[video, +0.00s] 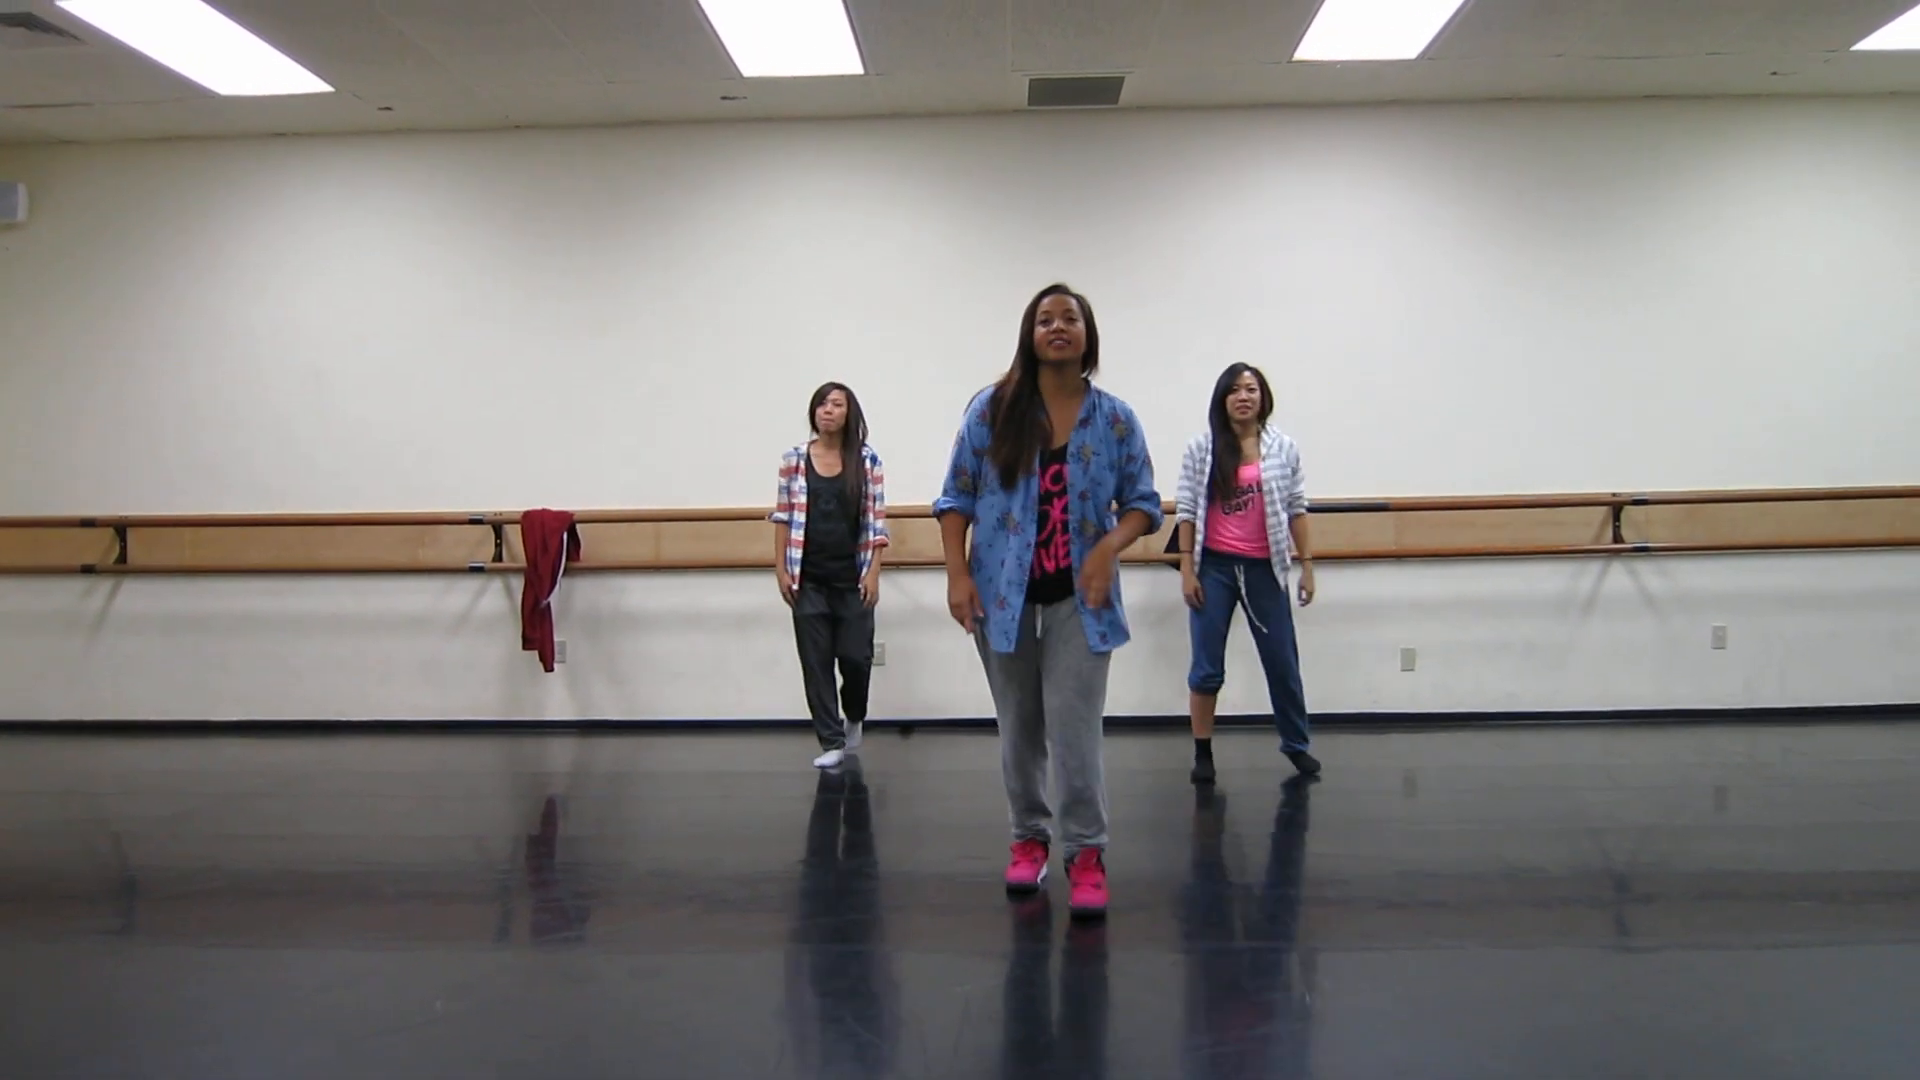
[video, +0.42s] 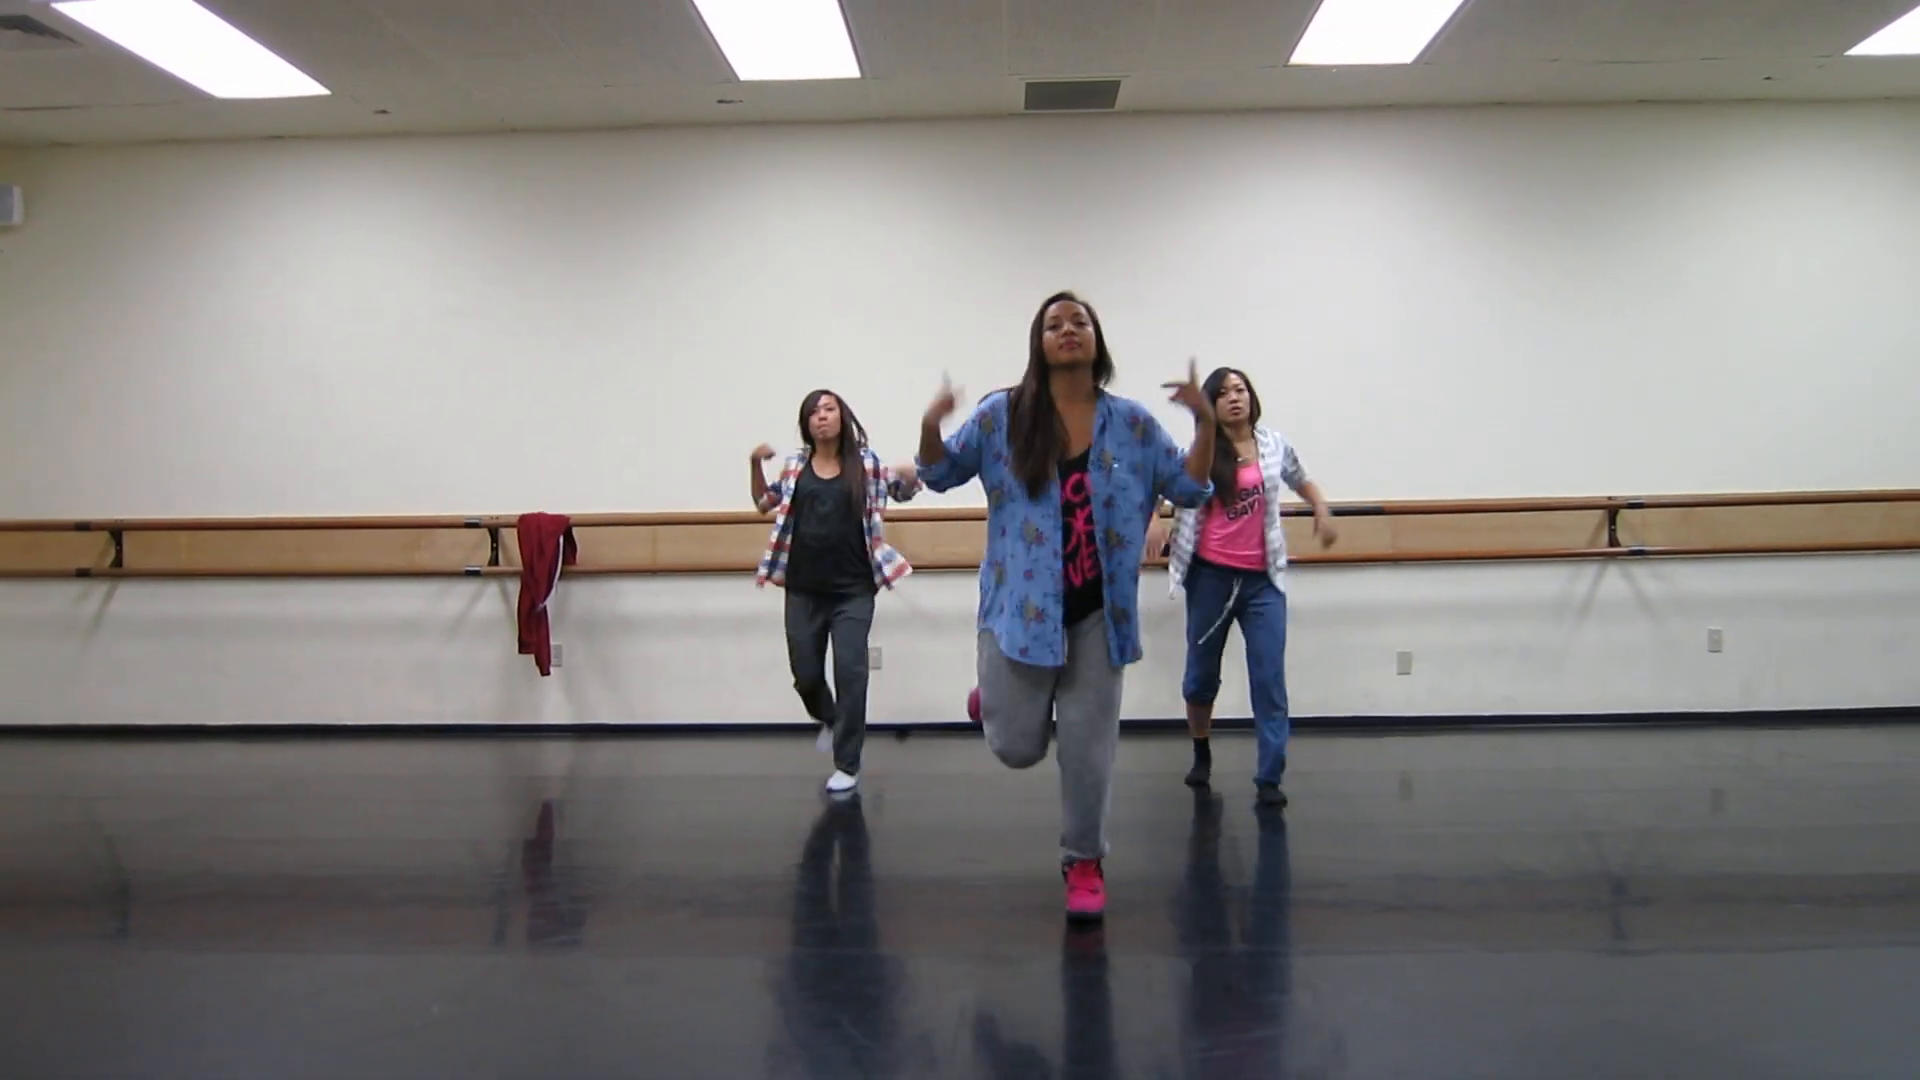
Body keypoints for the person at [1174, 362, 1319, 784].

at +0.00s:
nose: (1243, 396)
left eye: (1251, 390)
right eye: (1234, 390)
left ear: (1263, 399)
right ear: (1221, 400)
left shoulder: (1282, 448)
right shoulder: (1201, 449)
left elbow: (1296, 509)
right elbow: (1187, 512)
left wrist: (1305, 564)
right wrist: (1187, 569)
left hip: (1265, 567)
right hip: (1214, 566)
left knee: (1283, 661)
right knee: (1206, 665)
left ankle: (1297, 746)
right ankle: (1203, 754)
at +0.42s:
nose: (1233, 397)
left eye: (1240, 390)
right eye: (1223, 393)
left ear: (1253, 399)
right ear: (1210, 406)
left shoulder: (1275, 445)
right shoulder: (1198, 450)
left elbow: (1303, 484)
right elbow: (1171, 487)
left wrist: (1322, 512)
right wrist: (1156, 520)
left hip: (1262, 579)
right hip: (1209, 577)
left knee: (1270, 679)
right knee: (1201, 676)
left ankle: (1270, 780)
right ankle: (1200, 751)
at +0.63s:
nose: (1261, 409)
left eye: (1267, 402)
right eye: (1251, 403)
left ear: (1275, 412)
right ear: (1232, 414)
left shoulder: (1287, 460)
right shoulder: (1214, 458)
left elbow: (1313, 503)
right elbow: (1203, 511)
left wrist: (1319, 515)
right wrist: (1212, 506)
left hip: (1268, 579)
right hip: (1219, 578)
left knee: (1281, 668)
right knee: (1266, 641)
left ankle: (1273, 773)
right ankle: (1267, 742)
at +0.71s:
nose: (1267, 418)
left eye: (1271, 411)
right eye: (1257, 412)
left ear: (1279, 421)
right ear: (1237, 423)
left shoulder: (1293, 469)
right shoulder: (1215, 467)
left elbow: (1285, 519)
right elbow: (1241, 513)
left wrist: (1257, 531)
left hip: (1269, 591)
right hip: (1222, 588)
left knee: (1289, 680)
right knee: (1260, 654)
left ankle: (1271, 783)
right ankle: (1306, 735)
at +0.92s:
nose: (1235, 396)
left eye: (1242, 387)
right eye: (1225, 391)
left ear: (1257, 394)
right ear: (1212, 403)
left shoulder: (1286, 432)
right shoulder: (1202, 451)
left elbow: (1353, 442)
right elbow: (1139, 459)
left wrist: (1311, 451)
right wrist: (1185, 442)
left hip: (1276, 571)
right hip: (1221, 571)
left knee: (1312, 666)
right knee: (1213, 671)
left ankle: (1314, 763)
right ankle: (1175, 756)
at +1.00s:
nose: (1231, 409)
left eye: (1238, 399)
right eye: (1220, 403)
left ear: (1254, 403)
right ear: (1210, 414)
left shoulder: (1285, 439)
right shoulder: (1196, 460)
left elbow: (1356, 425)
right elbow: (1130, 453)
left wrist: (1328, 435)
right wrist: (1166, 443)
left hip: (1272, 589)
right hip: (1210, 589)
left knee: (1319, 680)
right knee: (1176, 686)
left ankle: (1367, 775)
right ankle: (1151, 783)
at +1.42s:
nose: (1221, 401)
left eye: (1227, 392)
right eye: (1210, 396)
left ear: (1240, 395)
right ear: (1196, 405)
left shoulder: (1269, 429)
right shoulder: (1179, 444)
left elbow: (1341, 437)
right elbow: (1118, 465)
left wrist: (1308, 445)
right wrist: (1157, 462)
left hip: (1263, 577)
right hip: (1201, 577)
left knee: (1309, 678)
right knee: (1180, 681)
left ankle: (1360, 778)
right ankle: (1153, 783)